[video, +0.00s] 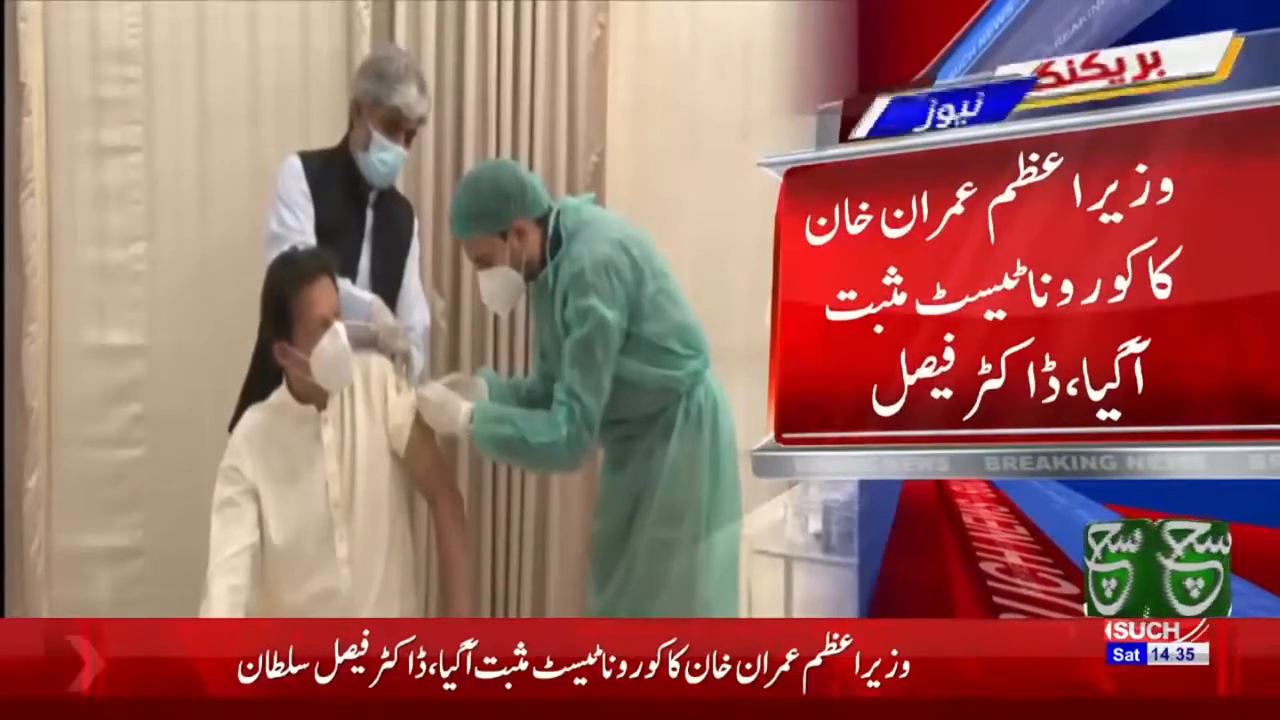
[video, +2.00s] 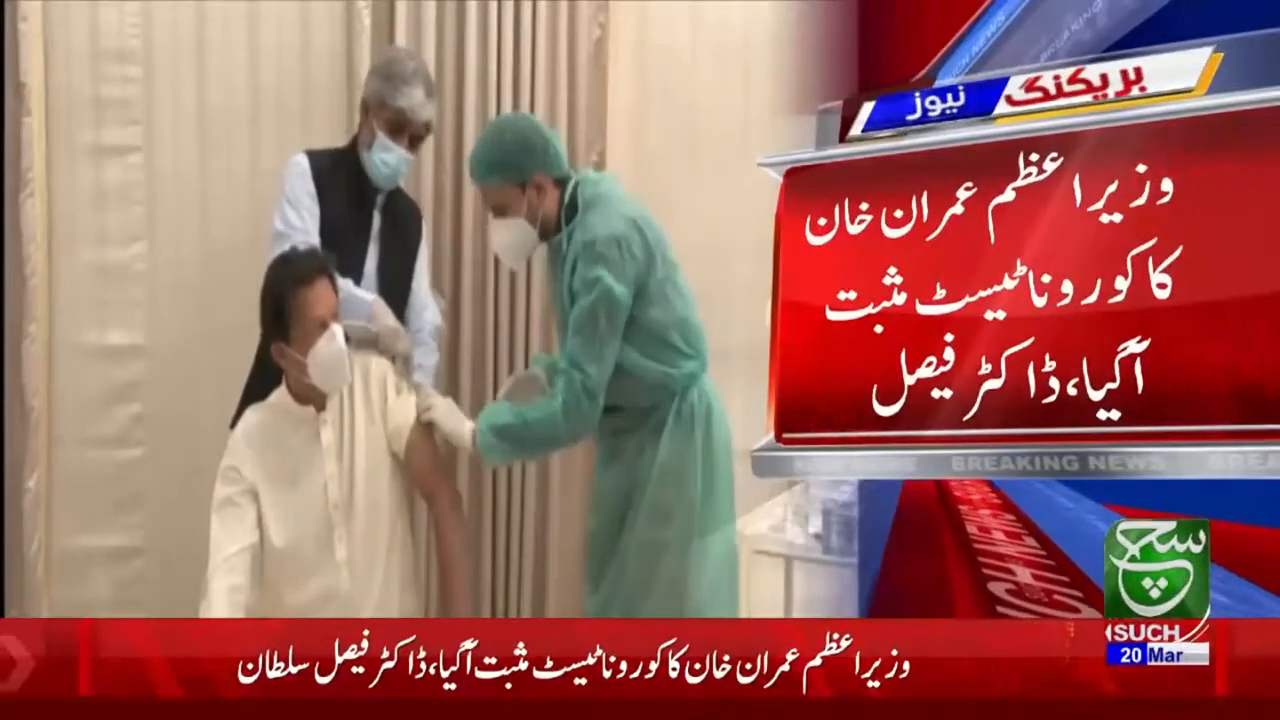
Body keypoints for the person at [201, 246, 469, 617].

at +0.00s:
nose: (339, 336)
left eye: (339, 320)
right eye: (322, 328)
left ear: (349, 318)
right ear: (284, 351)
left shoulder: (376, 380)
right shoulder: (253, 436)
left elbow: (444, 496)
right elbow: (229, 572)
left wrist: (460, 614)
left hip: (390, 621)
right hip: (293, 636)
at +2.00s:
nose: (337, 339)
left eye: (338, 322)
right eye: (320, 330)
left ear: (346, 319)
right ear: (281, 351)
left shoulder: (375, 381)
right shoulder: (253, 437)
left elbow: (442, 494)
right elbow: (230, 569)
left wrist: (459, 616)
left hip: (390, 618)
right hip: (294, 632)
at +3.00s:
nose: (260, 323)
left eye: (270, 303)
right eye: (238, 312)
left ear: (289, 310)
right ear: (208, 343)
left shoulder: (341, 386)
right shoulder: (178, 472)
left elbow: (431, 526)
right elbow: (153, 624)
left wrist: (457, 642)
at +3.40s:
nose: (262, 327)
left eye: (271, 308)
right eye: (240, 316)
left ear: (292, 316)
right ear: (208, 346)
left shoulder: (341, 393)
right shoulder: (183, 471)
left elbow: (430, 524)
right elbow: (154, 619)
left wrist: (451, 646)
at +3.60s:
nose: (262, 328)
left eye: (271, 308)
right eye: (241, 317)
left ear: (290, 312)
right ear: (209, 348)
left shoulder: (343, 389)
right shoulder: (178, 479)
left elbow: (429, 526)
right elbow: (157, 634)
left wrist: (455, 639)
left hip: (362, 666)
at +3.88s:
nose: (262, 329)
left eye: (271, 309)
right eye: (241, 317)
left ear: (291, 312)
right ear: (210, 348)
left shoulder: (343, 389)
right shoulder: (179, 479)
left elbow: (430, 527)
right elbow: (156, 635)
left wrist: (454, 641)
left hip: (362, 667)